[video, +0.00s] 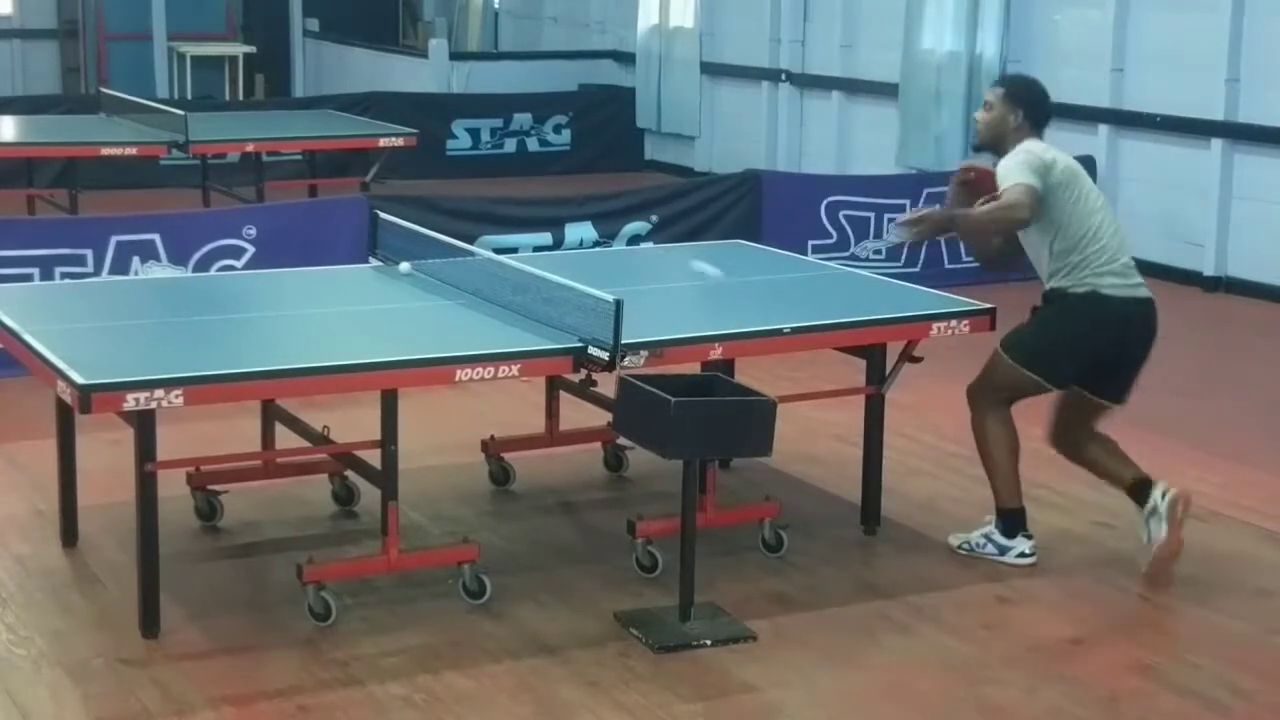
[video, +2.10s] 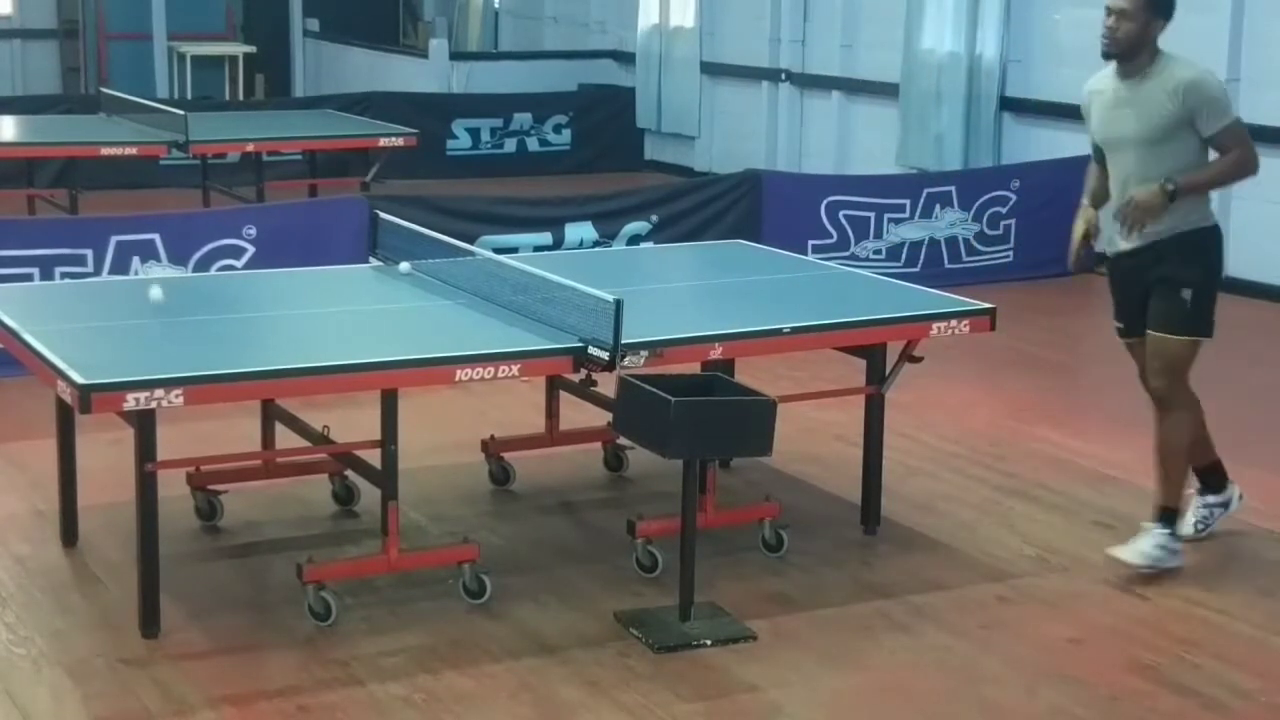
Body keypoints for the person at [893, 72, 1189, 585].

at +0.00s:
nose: (978, 116)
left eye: (987, 108)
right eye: (981, 107)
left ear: (1014, 116)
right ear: (1026, 121)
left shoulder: (1023, 157)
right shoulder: (1057, 167)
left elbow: (1019, 210)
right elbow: (990, 253)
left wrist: (945, 220)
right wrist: (964, 210)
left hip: (1086, 309)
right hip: (1135, 314)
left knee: (986, 396)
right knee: (1071, 432)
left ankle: (1010, 533)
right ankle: (1152, 498)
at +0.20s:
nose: (987, 85)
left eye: (998, 78)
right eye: (989, 77)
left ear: (1029, 89)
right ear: (1014, 90)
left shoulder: (1047, 132)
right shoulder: (1018, 153)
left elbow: (1084, 194)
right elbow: (984, 232)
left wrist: (1027, 196)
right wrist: (962, 198)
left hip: (1093, 280)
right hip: (1069, 280)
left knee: (997, 391)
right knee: (1022, 382)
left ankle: (1012, 529)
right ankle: (1081, 474)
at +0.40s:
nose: (1010, 41)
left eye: (1021, 33)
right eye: (1010, 32)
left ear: (1053, 44)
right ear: (1015, 44)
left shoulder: (1085, 101)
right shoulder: (1012, 106)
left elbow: (1146, 170)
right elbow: (1028, 185)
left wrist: (1093, 186)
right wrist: (1000, 172)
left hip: (1102, 240)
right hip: (1051, 243)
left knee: (1062, 353)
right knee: (1013, 341)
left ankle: (1102, 493)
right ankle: (1072, 444)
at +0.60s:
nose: (1024, 77)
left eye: (1035, 69)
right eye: (1024, 67)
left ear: (1068, 75)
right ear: (1034, 73)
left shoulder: (1113, 133)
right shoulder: (1025, 131)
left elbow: (1156, 204)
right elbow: (1029, 201)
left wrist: (1097, 230)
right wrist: (997, 206)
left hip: (1109, 269)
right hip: (1048, 265)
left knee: (1118, 383)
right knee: (1009, 346)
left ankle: (1198, 482)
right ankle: (1034, 432)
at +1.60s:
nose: (1100, 61)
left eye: (1112, 52)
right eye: (1101, 51)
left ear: (1144, 62)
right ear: (1106, 59)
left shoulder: (1183, 119)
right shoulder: (1102, 122)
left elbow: (1239, 186)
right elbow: (1103, 181)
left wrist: (1159, 211)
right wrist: (1072, 216)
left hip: (1193, 264)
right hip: (1134, 264)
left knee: (1185, 389)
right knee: (1102, 356)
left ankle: (1250, 503)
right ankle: (1087, 444)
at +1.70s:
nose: (1110, 22)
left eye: (1124, 15)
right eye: (1111, 13)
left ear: (1156, 28)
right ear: (1119, 26)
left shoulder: (1189, 84)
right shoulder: (1113, 85)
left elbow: (1253, 148)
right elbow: (1121, 155)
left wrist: (1173, 183)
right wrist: (1098, 197)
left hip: (1195, 237)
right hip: (1136, 238)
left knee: (1191, 369)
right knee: (1121, 346)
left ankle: (1247, 494)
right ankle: (1149, 460)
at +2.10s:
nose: (1108, 24)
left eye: (1123, 17)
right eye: (1107, 14)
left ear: (1156, 25)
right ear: (1105, 19)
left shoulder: (1191, 83)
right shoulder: (1097, 89)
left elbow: (1243, 159)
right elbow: (1100, 161)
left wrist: (1169, 190)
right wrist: (1087, 207)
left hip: (1184, 248)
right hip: (1125, 256)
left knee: (1165, 382)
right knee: (1158, 382)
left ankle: (1164, 529)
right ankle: (1218, 488)